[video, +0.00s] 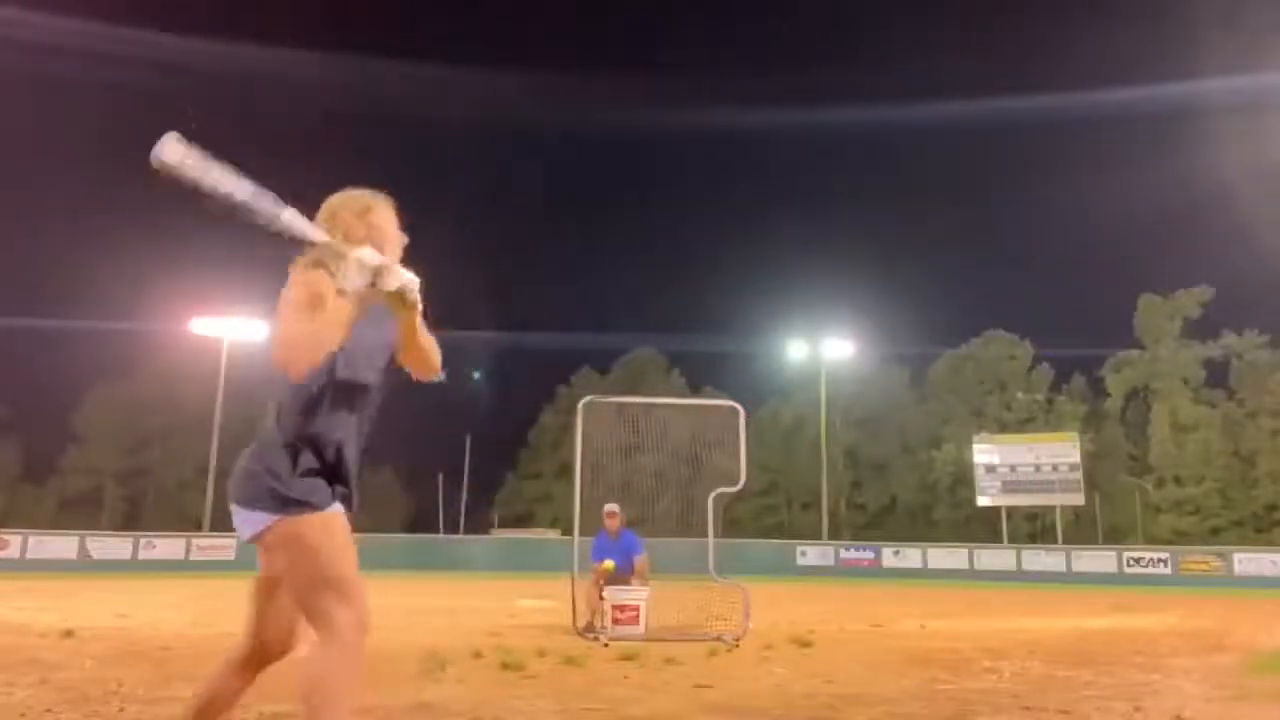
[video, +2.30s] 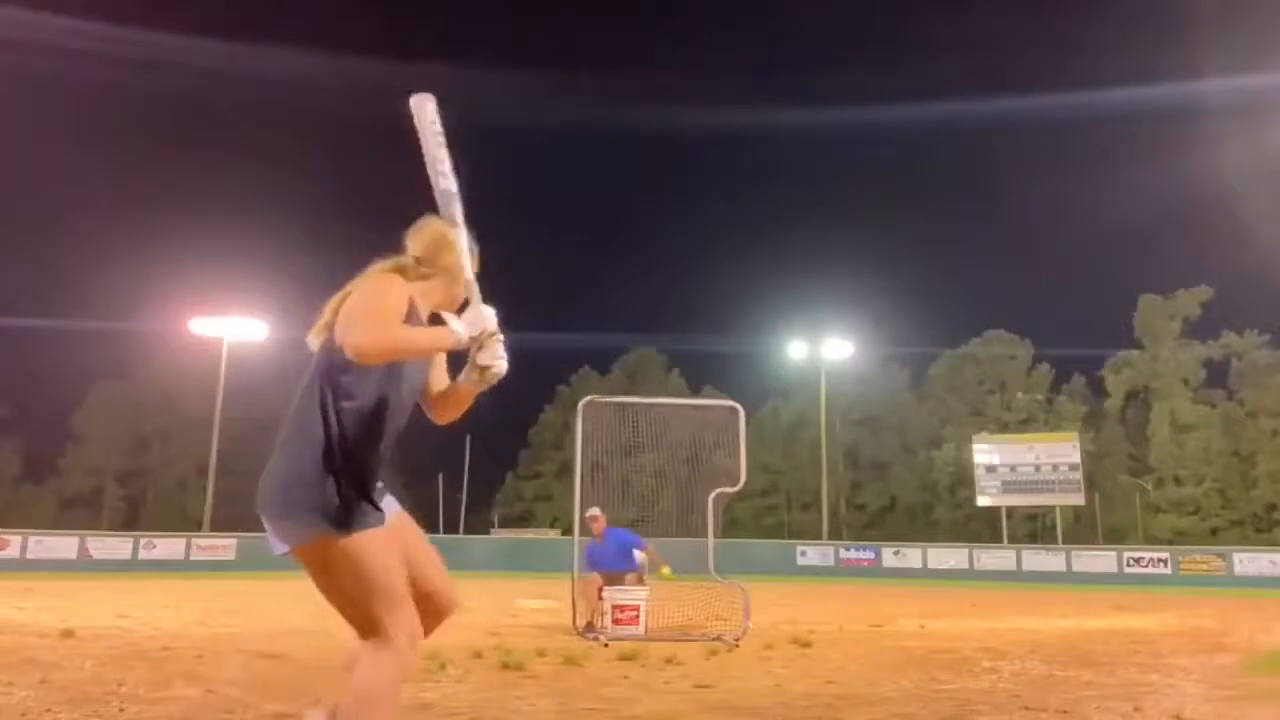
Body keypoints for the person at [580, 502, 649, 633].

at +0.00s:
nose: (612, 521)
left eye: (614, 517)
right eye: (608, 517)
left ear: (620, 518)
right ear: (604, 520)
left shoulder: (630, 537)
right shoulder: (599, 539)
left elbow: (640, 560)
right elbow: (595, 565)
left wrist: (638, 578)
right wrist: (602, 571)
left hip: (627, 575)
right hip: (608, 576)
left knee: (639, 582)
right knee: (593, 586)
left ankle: (636, 622)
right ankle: (591, 621)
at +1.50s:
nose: (612, 520)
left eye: (615, 515)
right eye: (608, 516)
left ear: (621, 517)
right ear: (604, 519)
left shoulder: (631, 537)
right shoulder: (599, 539)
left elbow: (640, 560)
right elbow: (593, 562)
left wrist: (625, 566)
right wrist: (600, 564)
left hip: (625, 572)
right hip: (606, 572)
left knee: (635, 573)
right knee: (593, 580)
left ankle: (635, 618)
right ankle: (590, 620)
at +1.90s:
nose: (604, 521)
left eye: (607, 517)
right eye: (601, 518)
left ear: (614, 517)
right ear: (597, 520)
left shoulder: (626, 537)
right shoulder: (596, 540)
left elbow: (636, 560)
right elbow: (593, 562)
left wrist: (621, 564)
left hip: (625, 573)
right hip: (606, 574)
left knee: (635, 577)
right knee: (593, 580)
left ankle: (635, 621)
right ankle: (590, 621)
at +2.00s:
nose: (599, 523)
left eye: (601, 519)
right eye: (595, 520)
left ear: (609, 518)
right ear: (593, 522)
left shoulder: (623, 537)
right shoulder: (595, 542)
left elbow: (640, 556)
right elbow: (591, 564)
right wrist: (597, 575)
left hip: (622, 573)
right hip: (603, 575)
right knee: (591, 587)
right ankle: (589, 622)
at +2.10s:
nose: (597, 524)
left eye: (600, 519)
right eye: (594, 521)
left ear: (607, 519)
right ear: (591, 523)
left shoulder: (620, 535)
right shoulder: (594, 545)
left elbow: (639, 552)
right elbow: (592, 568)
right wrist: (598, 578)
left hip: (622, 573)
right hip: (603, 575)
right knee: (590, 586)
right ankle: (589, 622)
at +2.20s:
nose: (594, 525)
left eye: (597, 520)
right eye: (591, 522)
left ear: (604, 520)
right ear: (589, 524)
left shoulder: (616, 535)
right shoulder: (593, 546)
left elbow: (637, 544)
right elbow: (592, 567)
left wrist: (640, 552)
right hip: (604, 575)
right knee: (590, 586)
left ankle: (589, 622)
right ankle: (589, 622)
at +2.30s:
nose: (594, 525)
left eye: (596, 520)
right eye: (591, 522)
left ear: (604, 520)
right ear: (588, 524)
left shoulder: (619, 535)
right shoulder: (591, 547)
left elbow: (645, 547)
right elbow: (592, 570)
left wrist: (661, 565)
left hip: (626, 575)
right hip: (605, 577)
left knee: (632, 577)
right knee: (592, 580)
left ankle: (629, 621)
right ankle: (590, 622)